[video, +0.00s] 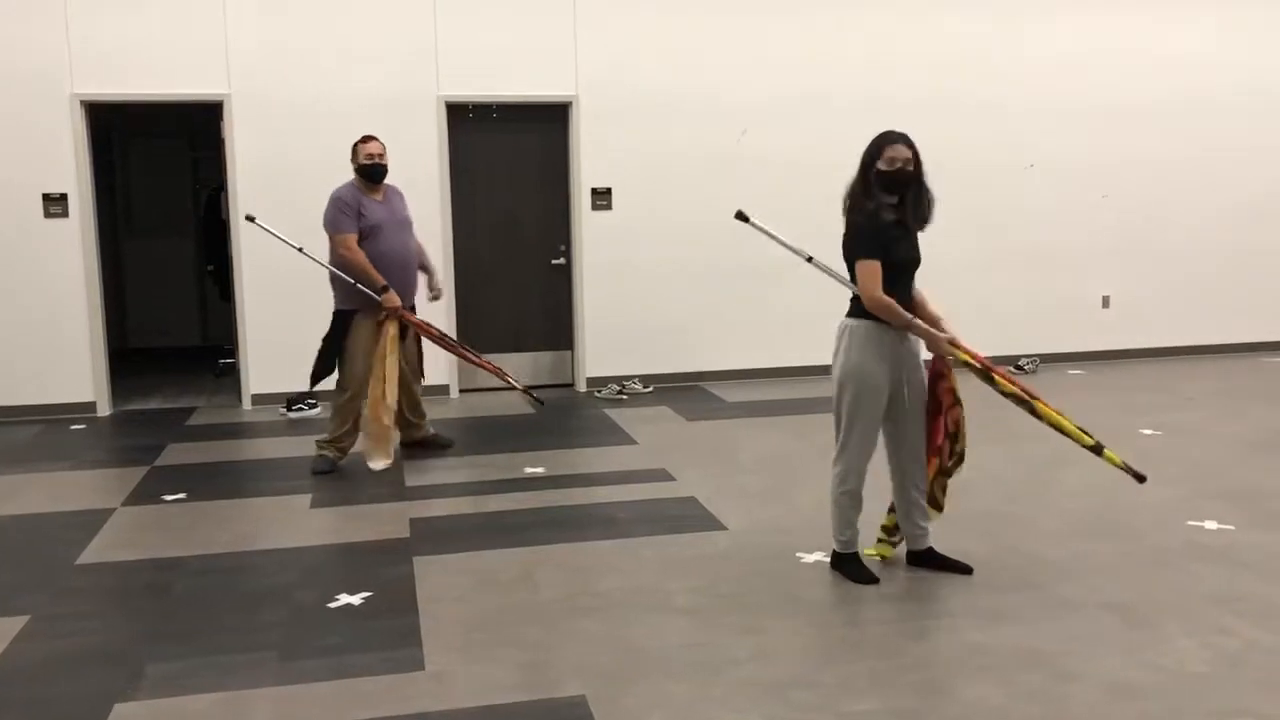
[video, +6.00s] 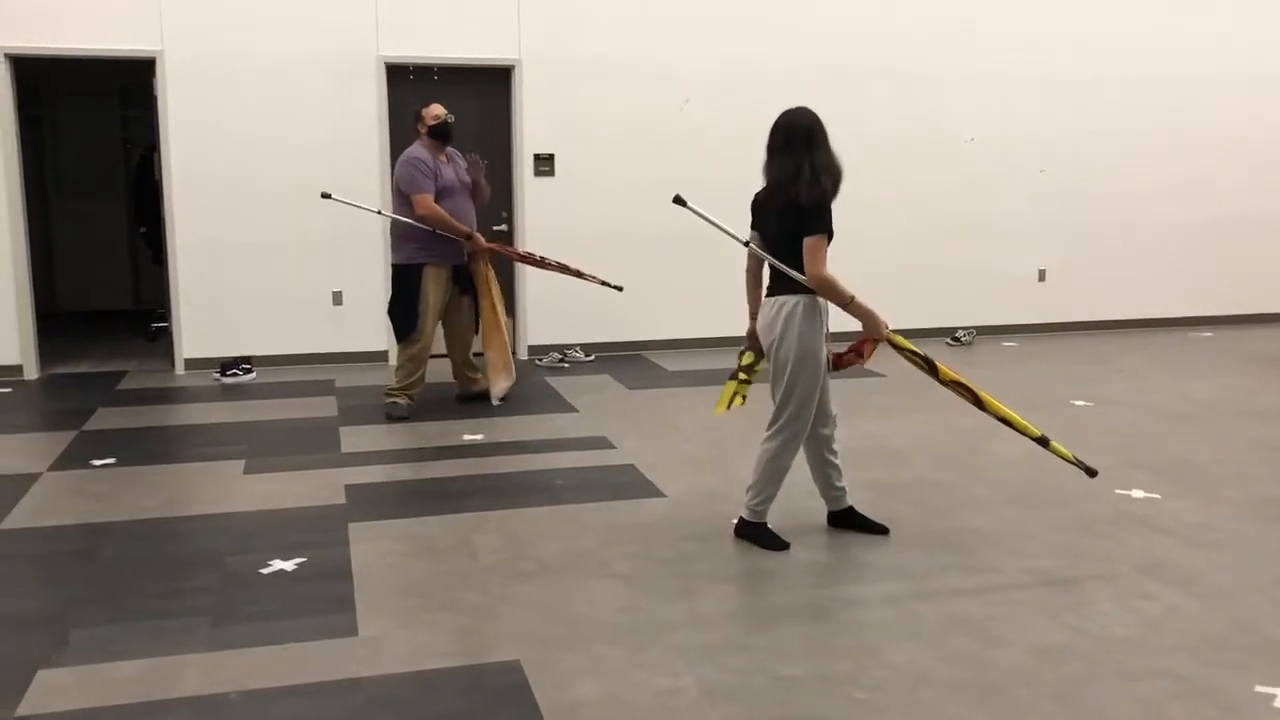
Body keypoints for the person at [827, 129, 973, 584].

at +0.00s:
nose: (897, 169)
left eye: (905, 163)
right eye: (888, 162)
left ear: (914, 169)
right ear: (872, 165)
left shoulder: (902, 220)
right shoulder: (865, 217)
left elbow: (908, 290)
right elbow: (871, 296)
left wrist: (944, 332)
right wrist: (926, 333)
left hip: (902, 339)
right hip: (865, 338)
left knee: (910, 447)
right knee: (855, 449)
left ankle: (918, 546)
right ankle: (845, 550)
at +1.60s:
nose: (869, 178)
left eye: (875, 173)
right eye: (860, 171)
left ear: (881, 178)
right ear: (841, 173)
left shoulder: (870, 226)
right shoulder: (829, 224)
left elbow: (866, 293)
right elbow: (833, 298)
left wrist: (881, 355)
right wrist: (874, 350)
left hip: (868, 343)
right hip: (830, 342)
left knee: (874, 452)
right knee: (816, 454)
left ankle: (876, 550)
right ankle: (798, 555)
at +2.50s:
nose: (863, 169)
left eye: (861, 159)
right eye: (859, 160)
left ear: (817, 160)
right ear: (848, 163)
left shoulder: (823, 211)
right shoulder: (828, 215)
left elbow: (831, 288)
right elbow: (833, 290)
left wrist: (858, 344)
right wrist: (868, 345)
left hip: (834, 330)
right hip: (817, 330)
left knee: (841, 435)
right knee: (804, 435)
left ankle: (851, 526)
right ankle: (774, 532)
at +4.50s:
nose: (823, 142)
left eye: (826, 134)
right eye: (817, 133)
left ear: (818, 131)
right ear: (795, 131)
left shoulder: (802, 186)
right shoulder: (776, 185)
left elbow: (805, 257)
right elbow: (785, 259)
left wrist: (833, 313)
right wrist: (836, 303)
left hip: (811, 303)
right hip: (780, 302)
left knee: (813, 408)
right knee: (763, 409)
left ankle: (819, 502)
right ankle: (742, 508)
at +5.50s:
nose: (829, 144)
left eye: (823, 135)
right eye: (825, 136)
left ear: (776, 142)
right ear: (820, 140)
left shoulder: (768, 192)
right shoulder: (812, 191)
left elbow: (766, 267)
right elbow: (811, 266)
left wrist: (771, 323)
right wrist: (860, 307)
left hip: (779, 303)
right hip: (797, 305)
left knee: (812, 409)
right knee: (782, 410)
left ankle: (827, 501)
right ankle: (745, 510)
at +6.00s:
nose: (829, 153)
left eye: (822, 145)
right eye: (825, 145)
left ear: (774, 149)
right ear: (819, 149)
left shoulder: (764, 200)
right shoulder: (813, 199)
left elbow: (754, 264)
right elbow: (815, 275)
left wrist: (754, 322)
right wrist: (866, 314)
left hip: (778, 311)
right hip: (800, 313)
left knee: (819, 417)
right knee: (793, 417)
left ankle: (839, 509)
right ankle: (752, 518)